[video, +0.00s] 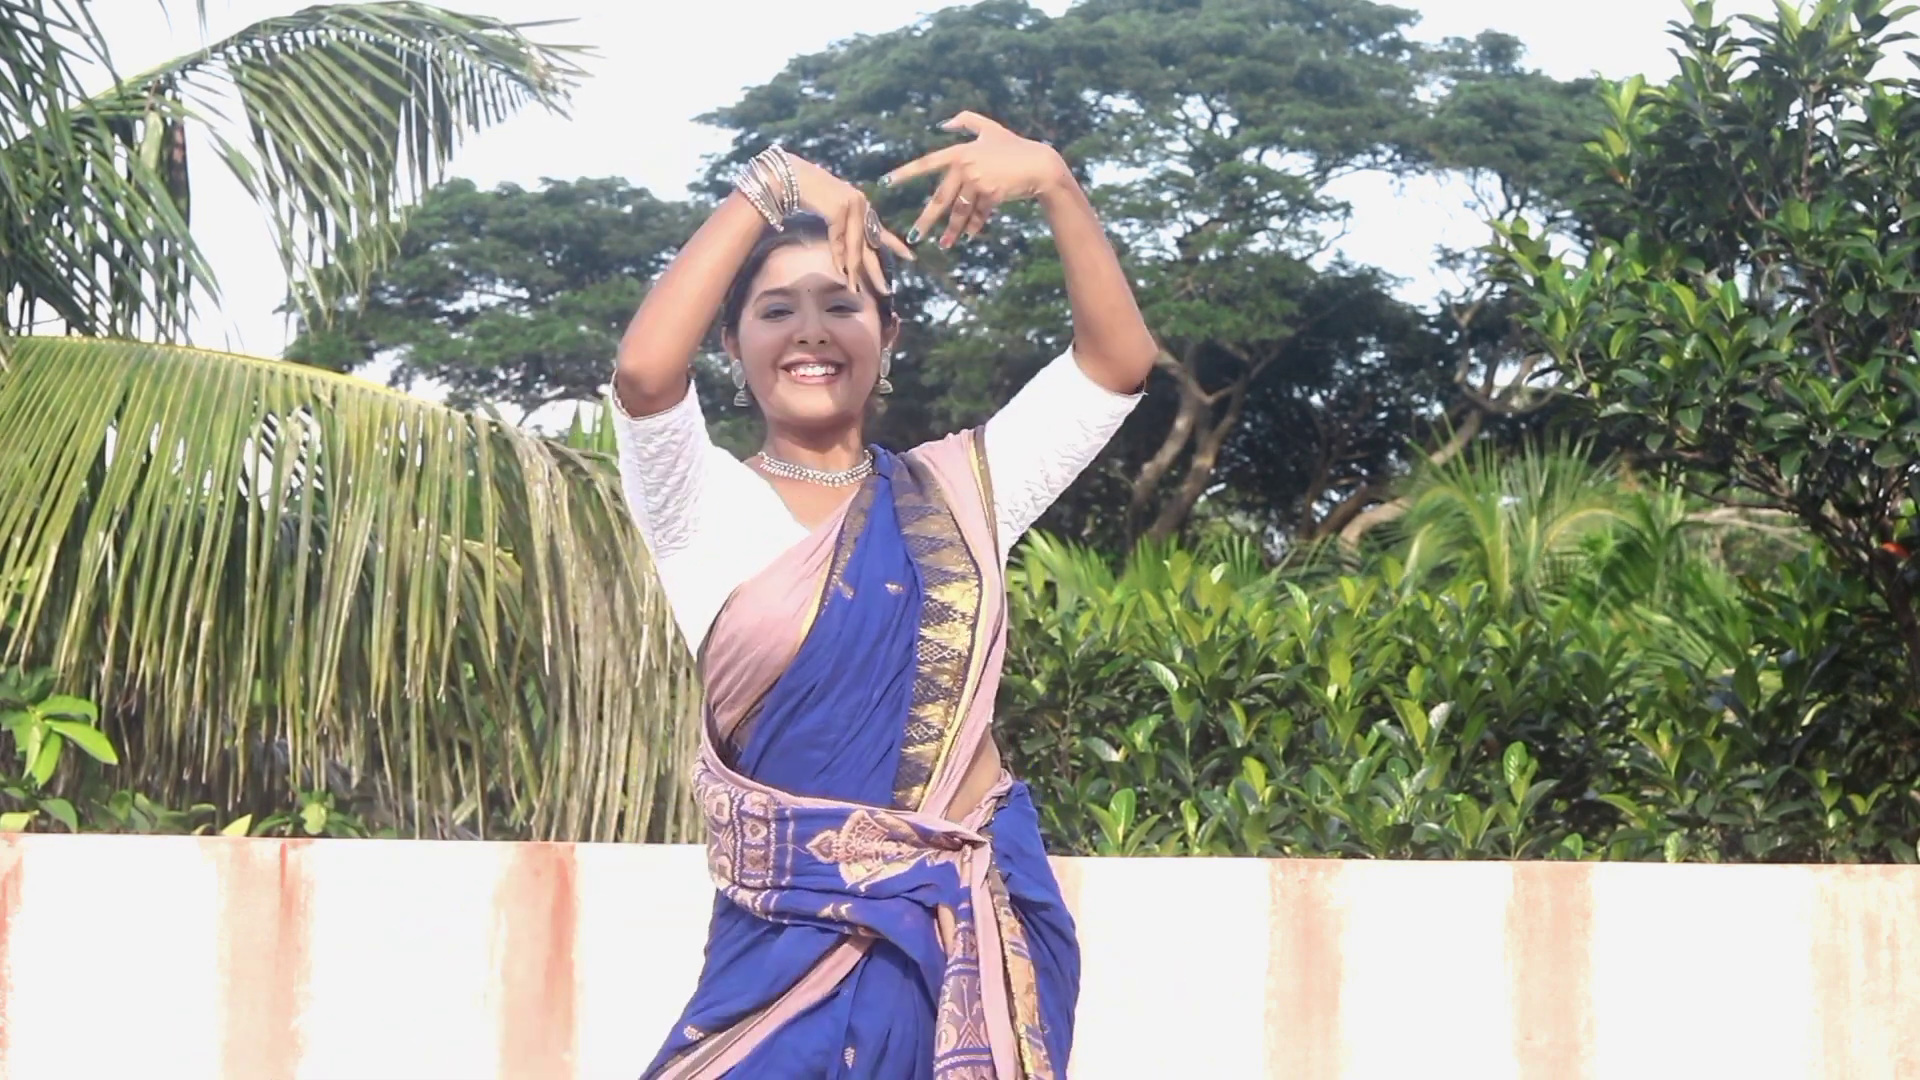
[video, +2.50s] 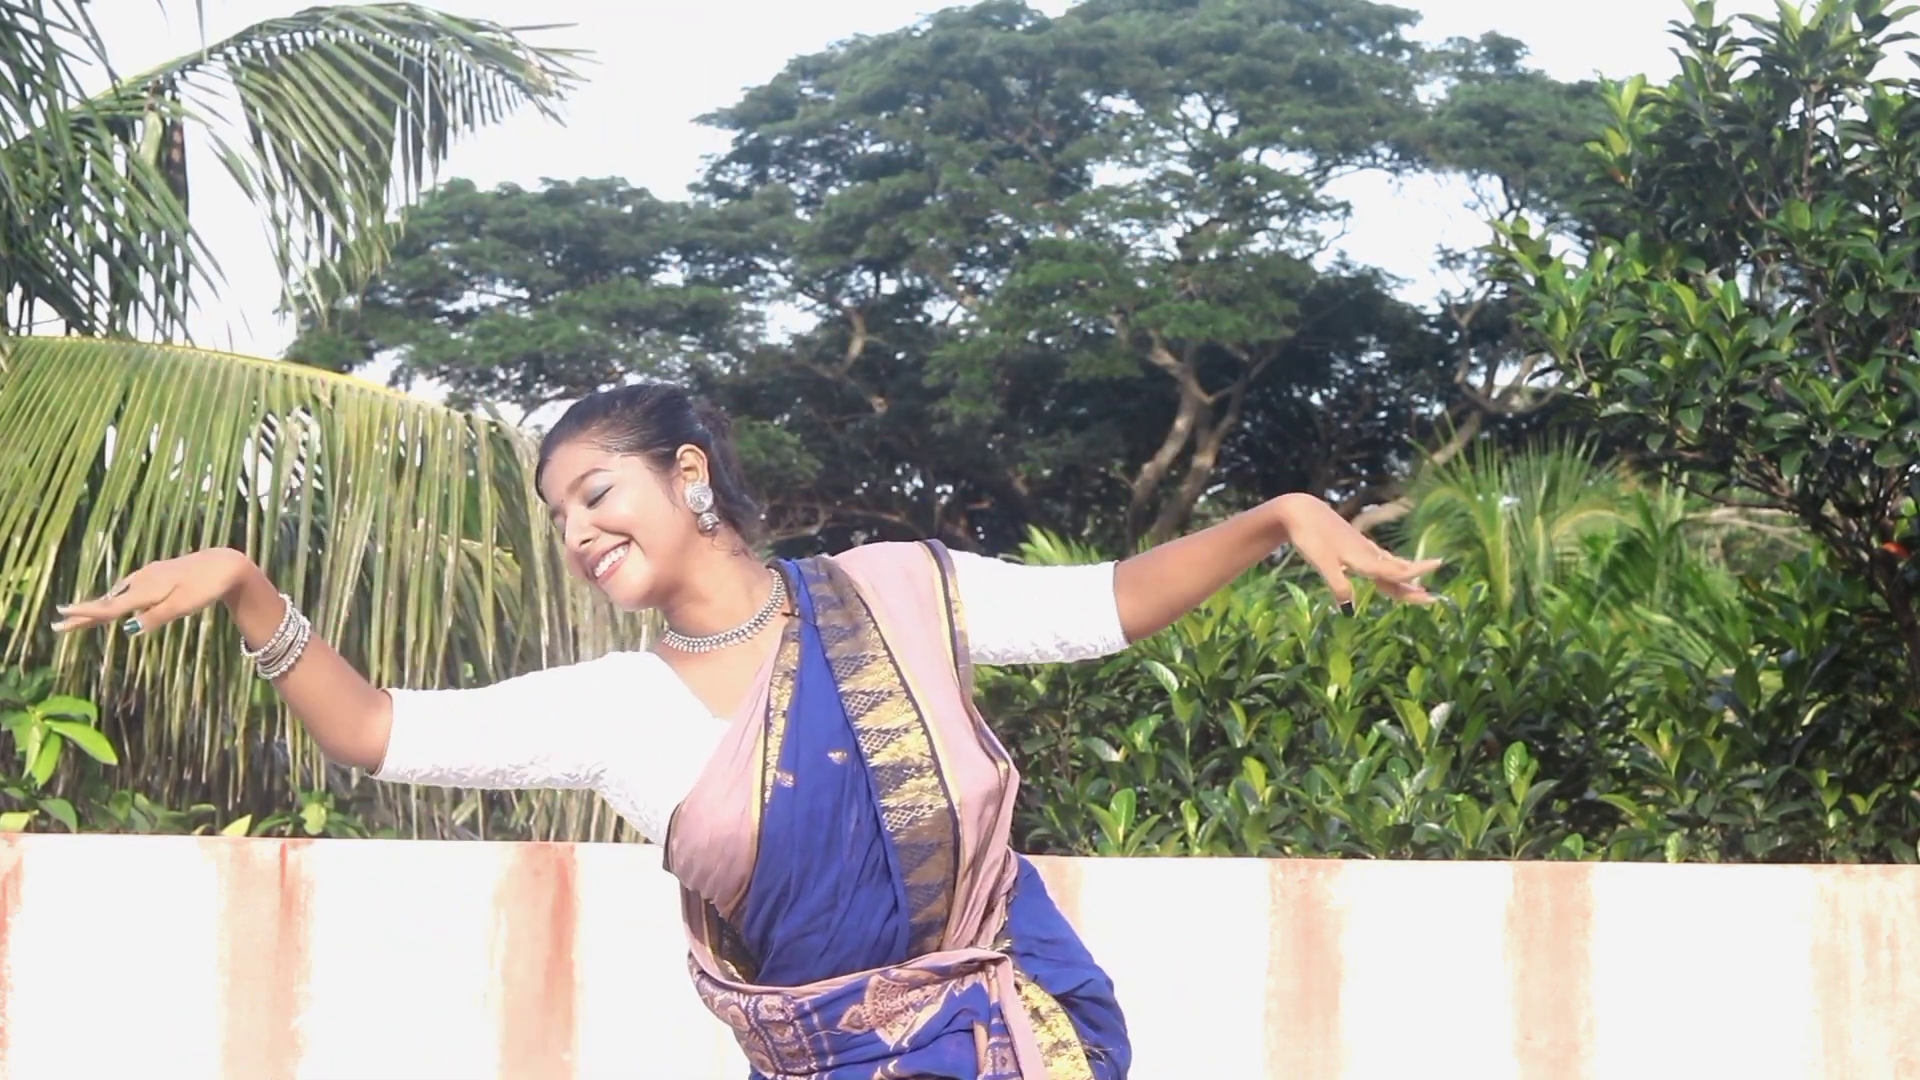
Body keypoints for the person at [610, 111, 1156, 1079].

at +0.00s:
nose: (811, 330)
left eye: (841, 302)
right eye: (776, 308)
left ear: (887, 335)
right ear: (736, 347)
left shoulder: (963, 486)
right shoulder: (700, 507)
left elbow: (1118, 359)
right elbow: (645, 374)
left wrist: (1055, 182)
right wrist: (771, 177)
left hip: (984, 916)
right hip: (791, 929)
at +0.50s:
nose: (703, 355)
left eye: (729, 329)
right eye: (668, 350)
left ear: (788, 364)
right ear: (648, 404)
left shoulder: (900, 509)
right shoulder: (647, 553)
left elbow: (1042, 348)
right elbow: (605, 365)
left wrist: (1011, 117)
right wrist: (641, 115)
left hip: (974, 983)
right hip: (766, 1006)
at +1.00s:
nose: (630, 445)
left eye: (652, 410)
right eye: (597, 446)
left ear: (727, 421)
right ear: (595, 506)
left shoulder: (882, 542)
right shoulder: (630, 649)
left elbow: (1043, 408)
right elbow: (454, 482)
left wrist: (1070, 216)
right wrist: (449, 257)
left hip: (995, 1006)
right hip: (799, 1051)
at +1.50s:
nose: (625, 489)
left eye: (648, 450)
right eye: (595, 489)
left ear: (727, 451)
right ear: (600, 538)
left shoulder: (901, 564)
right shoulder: (635, 681)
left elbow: (1103, 495)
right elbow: (441, 577)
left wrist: (1199, 303)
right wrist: (300, 385)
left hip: (1022, 1015)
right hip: (825, 1053)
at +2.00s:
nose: (609, 509)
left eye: (627, 470)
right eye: (585, 506)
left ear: (716, 458)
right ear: (594, 546)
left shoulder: (905, 571)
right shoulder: (629, 694)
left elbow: (1124, 558)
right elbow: (402, 659)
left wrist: (1267, 396)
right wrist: (282, 470)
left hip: (1028, 1010)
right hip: (825, 1050)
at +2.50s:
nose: (584, 530)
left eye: (603, 490)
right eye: (563, 520)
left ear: (700, 475)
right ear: (578, 557)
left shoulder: (895, 582)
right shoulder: (616, 708)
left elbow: (1105, 607)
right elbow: (381, 738)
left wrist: (1278, 519)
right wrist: (251, 599)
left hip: (1028, 1017)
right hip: (827, 1061)